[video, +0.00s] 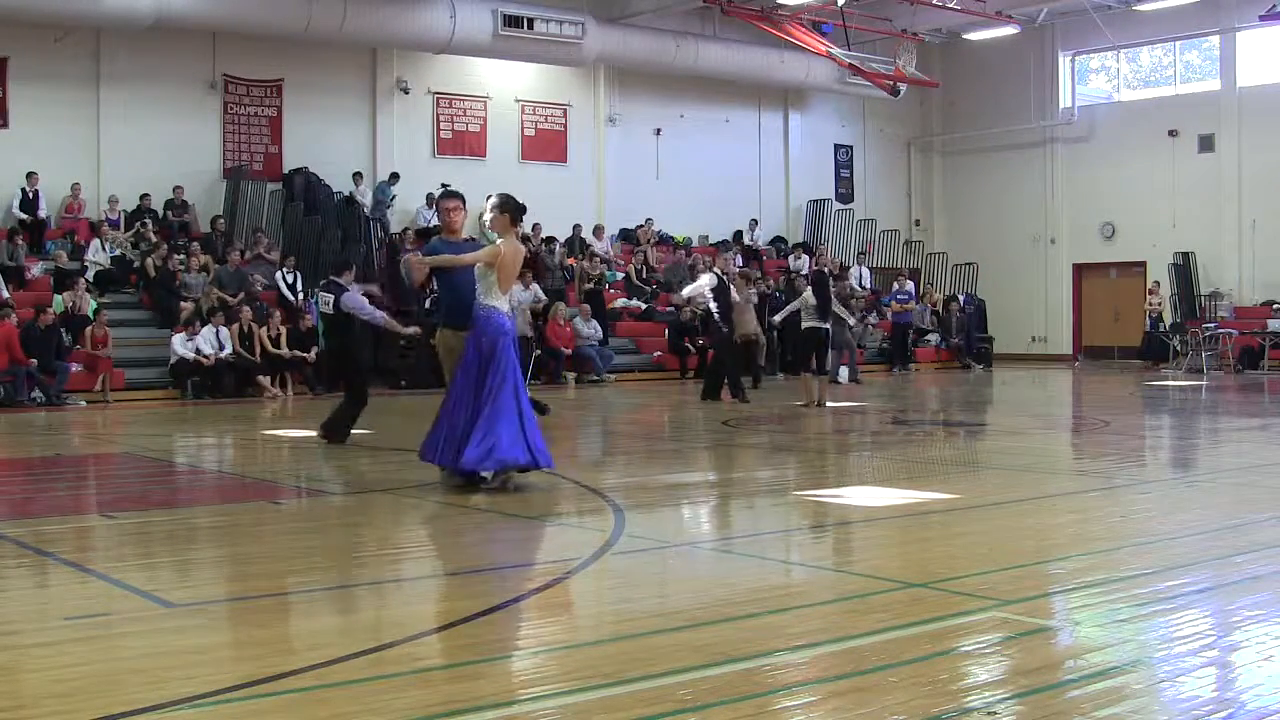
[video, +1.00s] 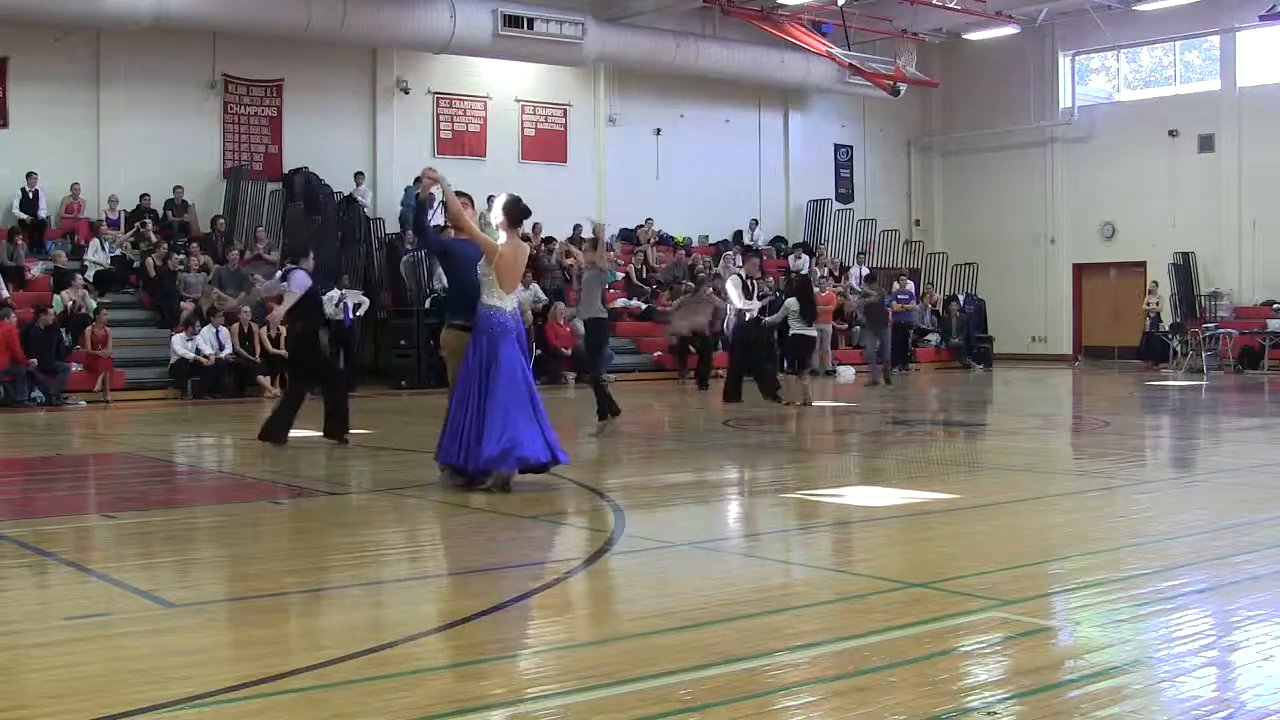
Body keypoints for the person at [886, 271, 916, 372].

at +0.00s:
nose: (901, 282)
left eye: (903, 280)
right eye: (899, 280)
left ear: (906, 281)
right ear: (896, 282)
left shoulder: (910, 294)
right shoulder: (894, 294)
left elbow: (912, 306)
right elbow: (894, 308)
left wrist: (899, 306)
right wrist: (907, 307)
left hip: (907, 322)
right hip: (896, 322)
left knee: (906, 344)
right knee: (896, 344)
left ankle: (906, 363)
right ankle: (896, 364)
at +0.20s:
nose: (902, 282)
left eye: (904, 280)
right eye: (900, 280)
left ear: (906, 281)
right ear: (897, 282)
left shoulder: (910, 294)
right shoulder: (894, 294)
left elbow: (913, 306)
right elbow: (894, 307)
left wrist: (900, 305)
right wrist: (907, 306)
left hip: (907, 322)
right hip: (897, 322)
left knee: (905, 344)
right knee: (896, 344)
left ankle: (905, 364)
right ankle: (896, 365)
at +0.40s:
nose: (902, 282)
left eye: (904, 280)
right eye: (900, 280)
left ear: (907, 281)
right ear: (897, 282)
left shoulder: (910, 294)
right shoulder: (895, 294)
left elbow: (913, 306)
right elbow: (894, 307)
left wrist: (900, 306)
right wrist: (907, 306)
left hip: (907, 322)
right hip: (897, 321)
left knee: (905, 344)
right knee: (896, 344)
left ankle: (905, 364)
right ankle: (896, 365)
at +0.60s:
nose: (903, 282)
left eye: (905, 280)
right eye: (901, 280)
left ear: (907, 281)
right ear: (898, 281)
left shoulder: (910, 294)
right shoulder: (895, 293)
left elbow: (913, 306)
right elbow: (894, 307)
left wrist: (901, 306)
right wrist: (908, 306)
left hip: (907, 321)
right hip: (897, 321)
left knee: (905, 343)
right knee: (896, 343)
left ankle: (905, 364)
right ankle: (895, 364)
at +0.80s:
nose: (903, 282)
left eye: (905, 280)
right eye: (901, 280)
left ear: (907, 281)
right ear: (898, 281)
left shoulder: (910, 293)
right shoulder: (895, 292)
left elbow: (913, 306)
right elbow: (894, 307)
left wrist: (900, 306)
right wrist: (908, 306)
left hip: (907, 321)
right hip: (897, 321)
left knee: (905, 343)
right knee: (896, 343)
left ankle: (905, 363)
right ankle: (895, 364)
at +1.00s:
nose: (903, 282)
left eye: (905, 280)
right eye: (901, 280)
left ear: (907, 281)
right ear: (898, 281)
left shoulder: (910, 294)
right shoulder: (894, 293)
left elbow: (913, 306)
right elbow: (894, 307)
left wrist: (900, 306)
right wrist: (908, 306)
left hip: (907, 321)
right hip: (897, 321)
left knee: (905, 343)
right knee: (896, 343)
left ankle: (905, 363)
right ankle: (895, 365)